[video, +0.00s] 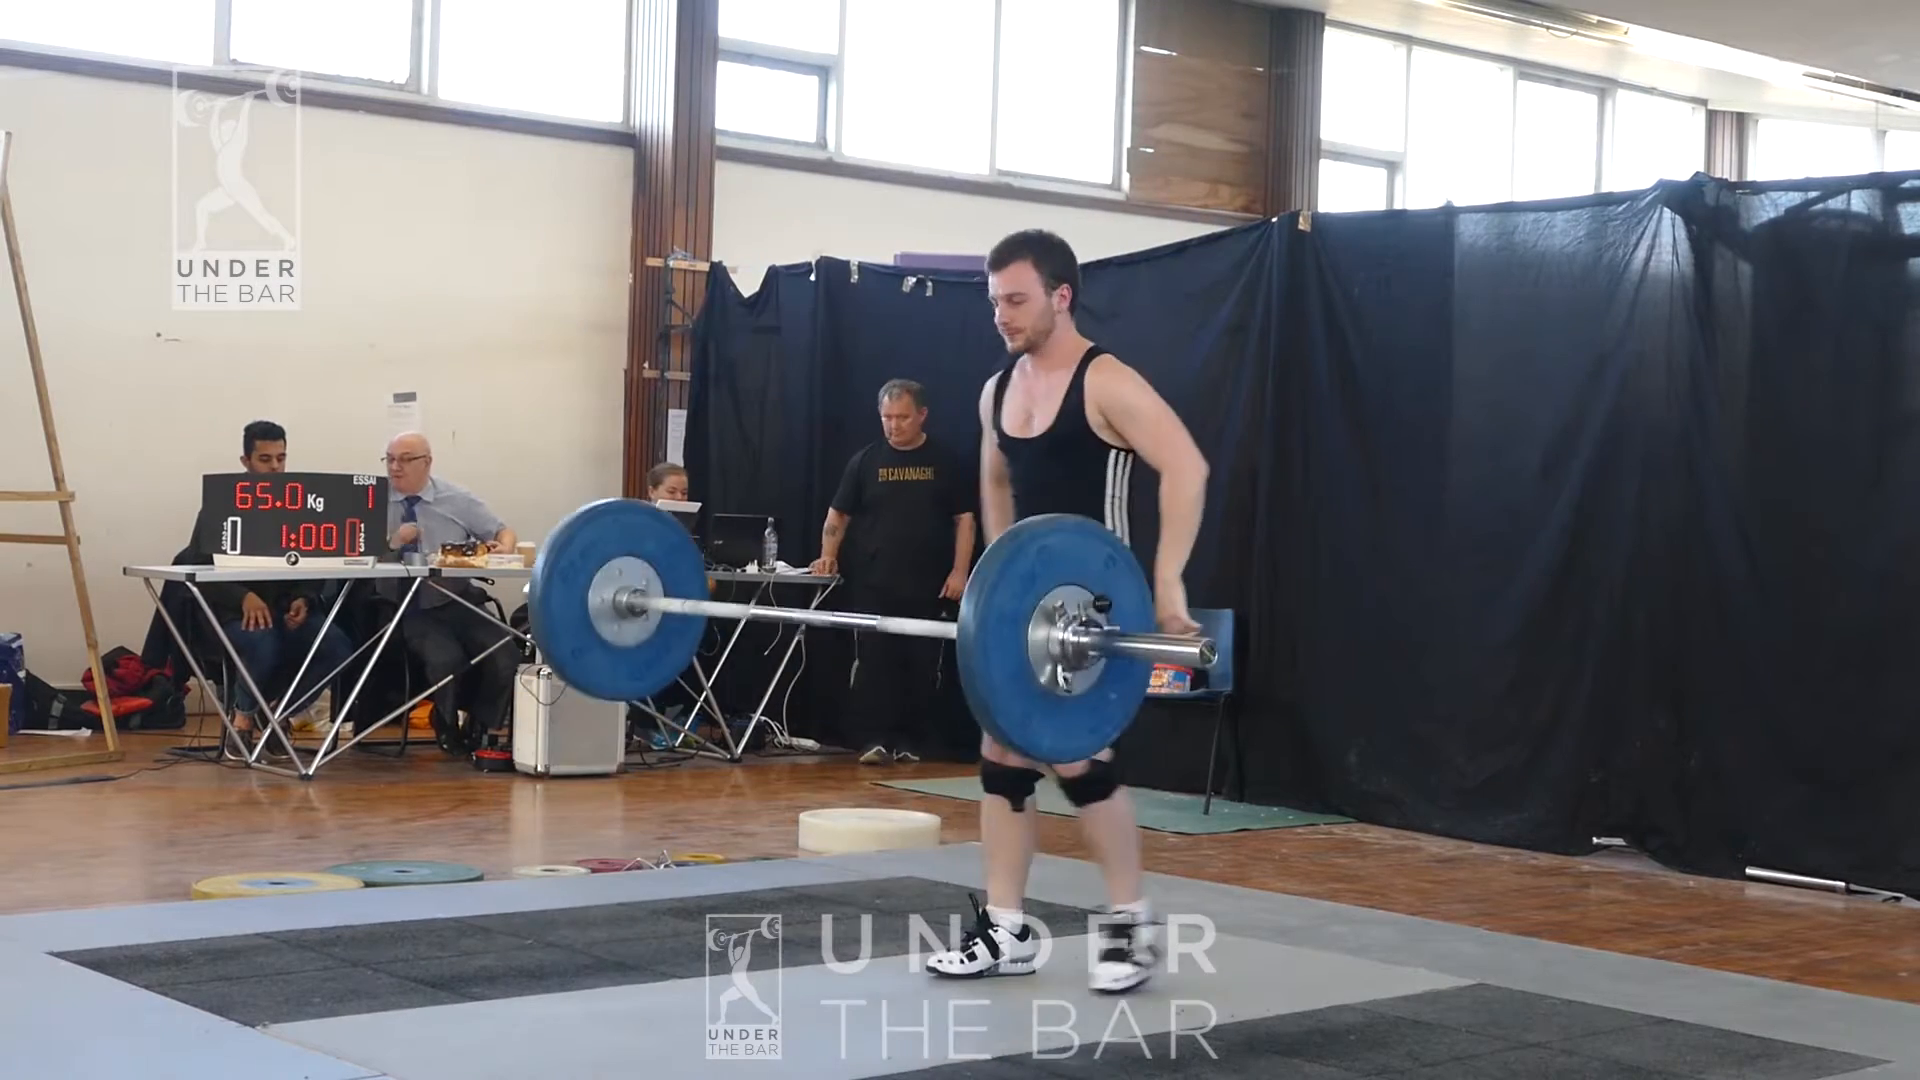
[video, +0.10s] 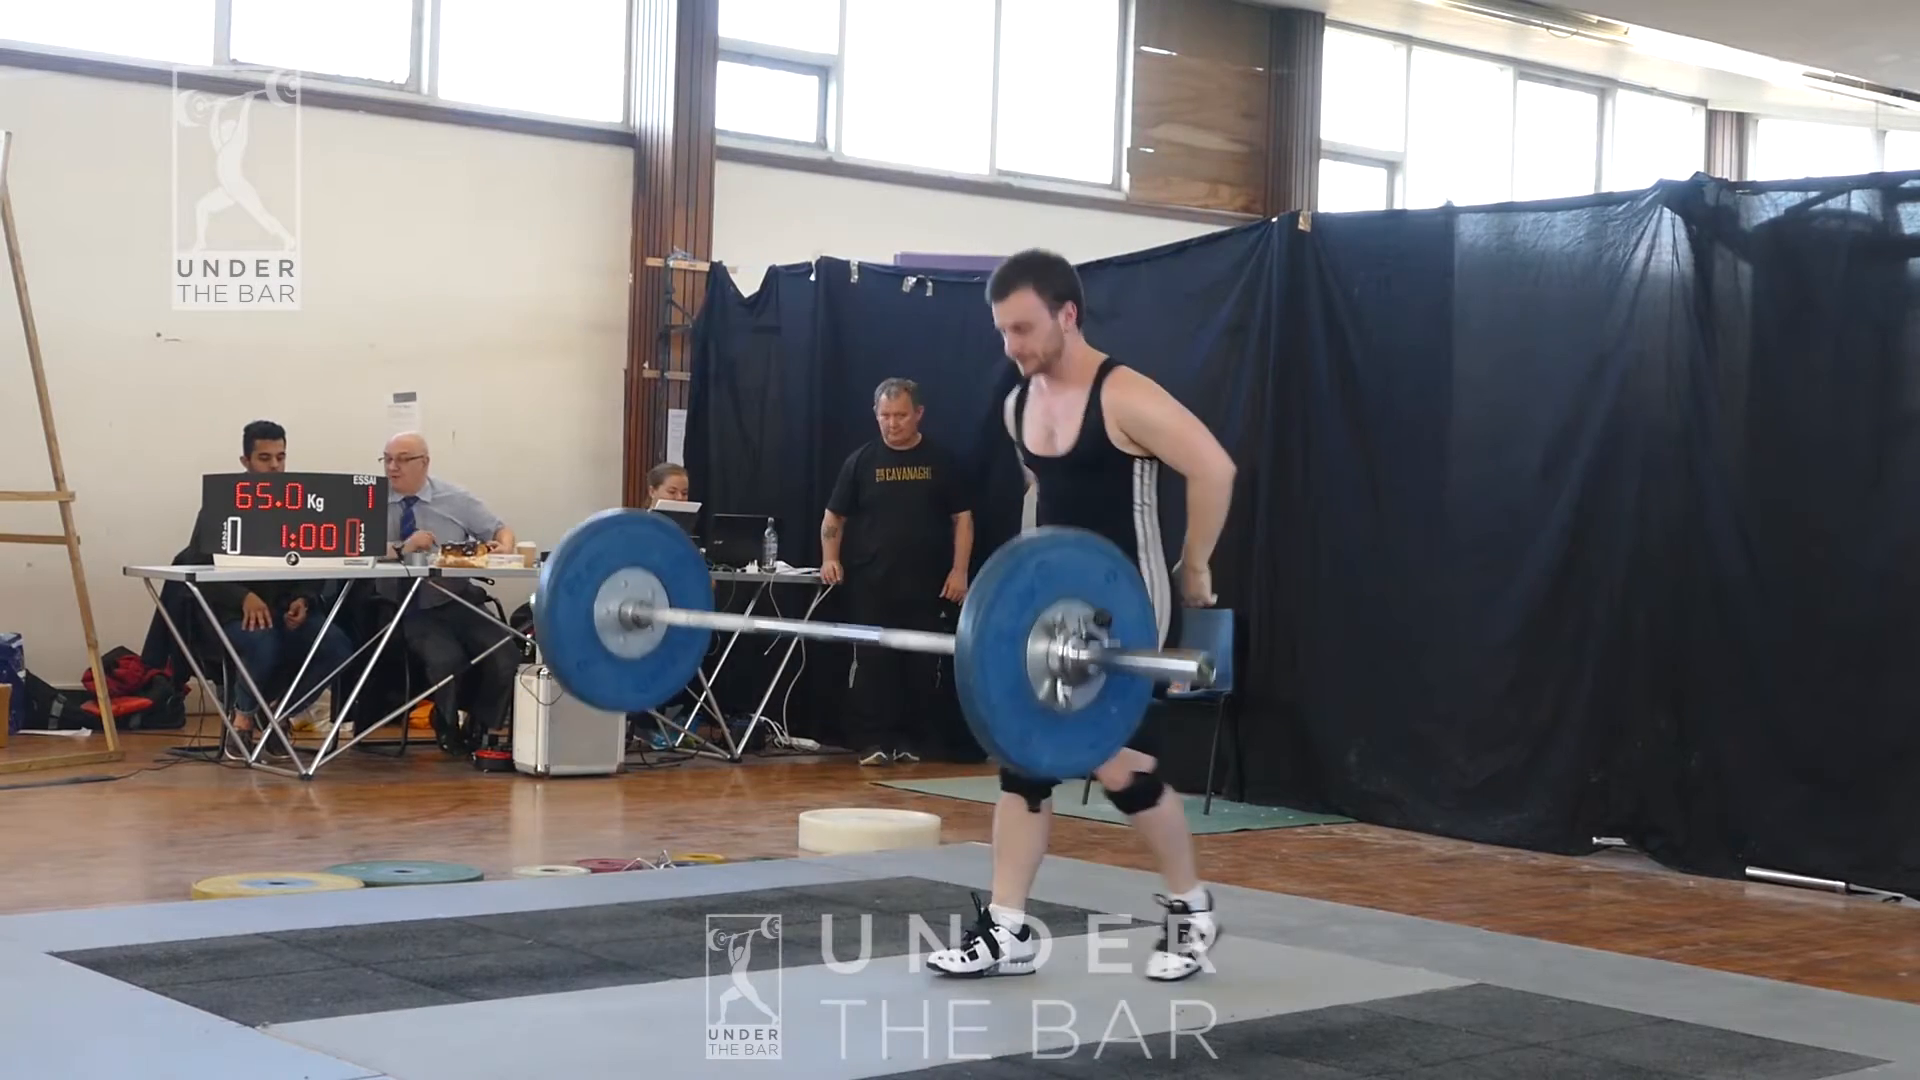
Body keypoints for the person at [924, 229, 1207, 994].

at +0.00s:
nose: (1002, 313)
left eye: (1016, 299)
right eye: (996, 300)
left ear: (1061, 296)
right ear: (995, 303)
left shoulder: (1106, 380)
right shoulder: (998, 390)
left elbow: (1185, 468)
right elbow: (996, 496)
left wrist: (1168, 583)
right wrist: (1002, 578)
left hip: (1095, 606)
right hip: (1017, 603)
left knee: (1081, 761)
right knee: (1003, 756)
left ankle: (1127, 923)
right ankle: (1005, 927)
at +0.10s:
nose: (1011, 346)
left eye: (1022, 329)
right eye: (1003, 331)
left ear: (1067, 316)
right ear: (1001, 327)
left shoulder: (1122, 393)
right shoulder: (1021, 400)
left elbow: (1215, 470)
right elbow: (1040, 497)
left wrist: (1195, 565)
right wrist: (1023, 585)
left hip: (1122, 607)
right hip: (1043, 601)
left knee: (1121, 767)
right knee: (1022, 761)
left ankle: (1190, 909)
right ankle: (1005, 926)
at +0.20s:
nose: (1024, 398)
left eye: (1031, 380)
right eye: (1014, 385)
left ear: (1072, 358)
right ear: (1009, 376)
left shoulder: (1144, 420)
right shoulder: (1041, 428)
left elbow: (1239, 481)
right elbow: (1086, 504)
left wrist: (1227, 556)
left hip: (1175, 614)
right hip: (1095, 611)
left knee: (1161, 773)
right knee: (1055, 756)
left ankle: (1204, 921)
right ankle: (1014, 922)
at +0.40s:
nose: (1065, 522)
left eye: (1066, 507)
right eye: (1053, 515)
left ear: (1093, 464)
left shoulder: (1185, 486)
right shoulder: (1095, 495)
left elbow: (1291, 504)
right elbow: (1175, 531)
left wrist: (1312, 554)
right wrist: (1250, 536)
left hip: (1244, 619)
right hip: (1173, 615)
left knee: (1201, 758)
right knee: (1114, 739)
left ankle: (1208, 926)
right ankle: (1104, 916)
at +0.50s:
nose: (1072, 524)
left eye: (1074, 509)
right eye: (1062, 516)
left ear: (1104, 469)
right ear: (1099, 469)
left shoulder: (1194, 490)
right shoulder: (1114, 495)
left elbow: (1300, 517)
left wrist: (1344, 574)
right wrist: (1266, 541)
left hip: (1262, 618)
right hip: (1196, 617)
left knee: (1210, 752)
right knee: (1143, 744)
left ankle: (1211, 925)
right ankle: (1173, 901)